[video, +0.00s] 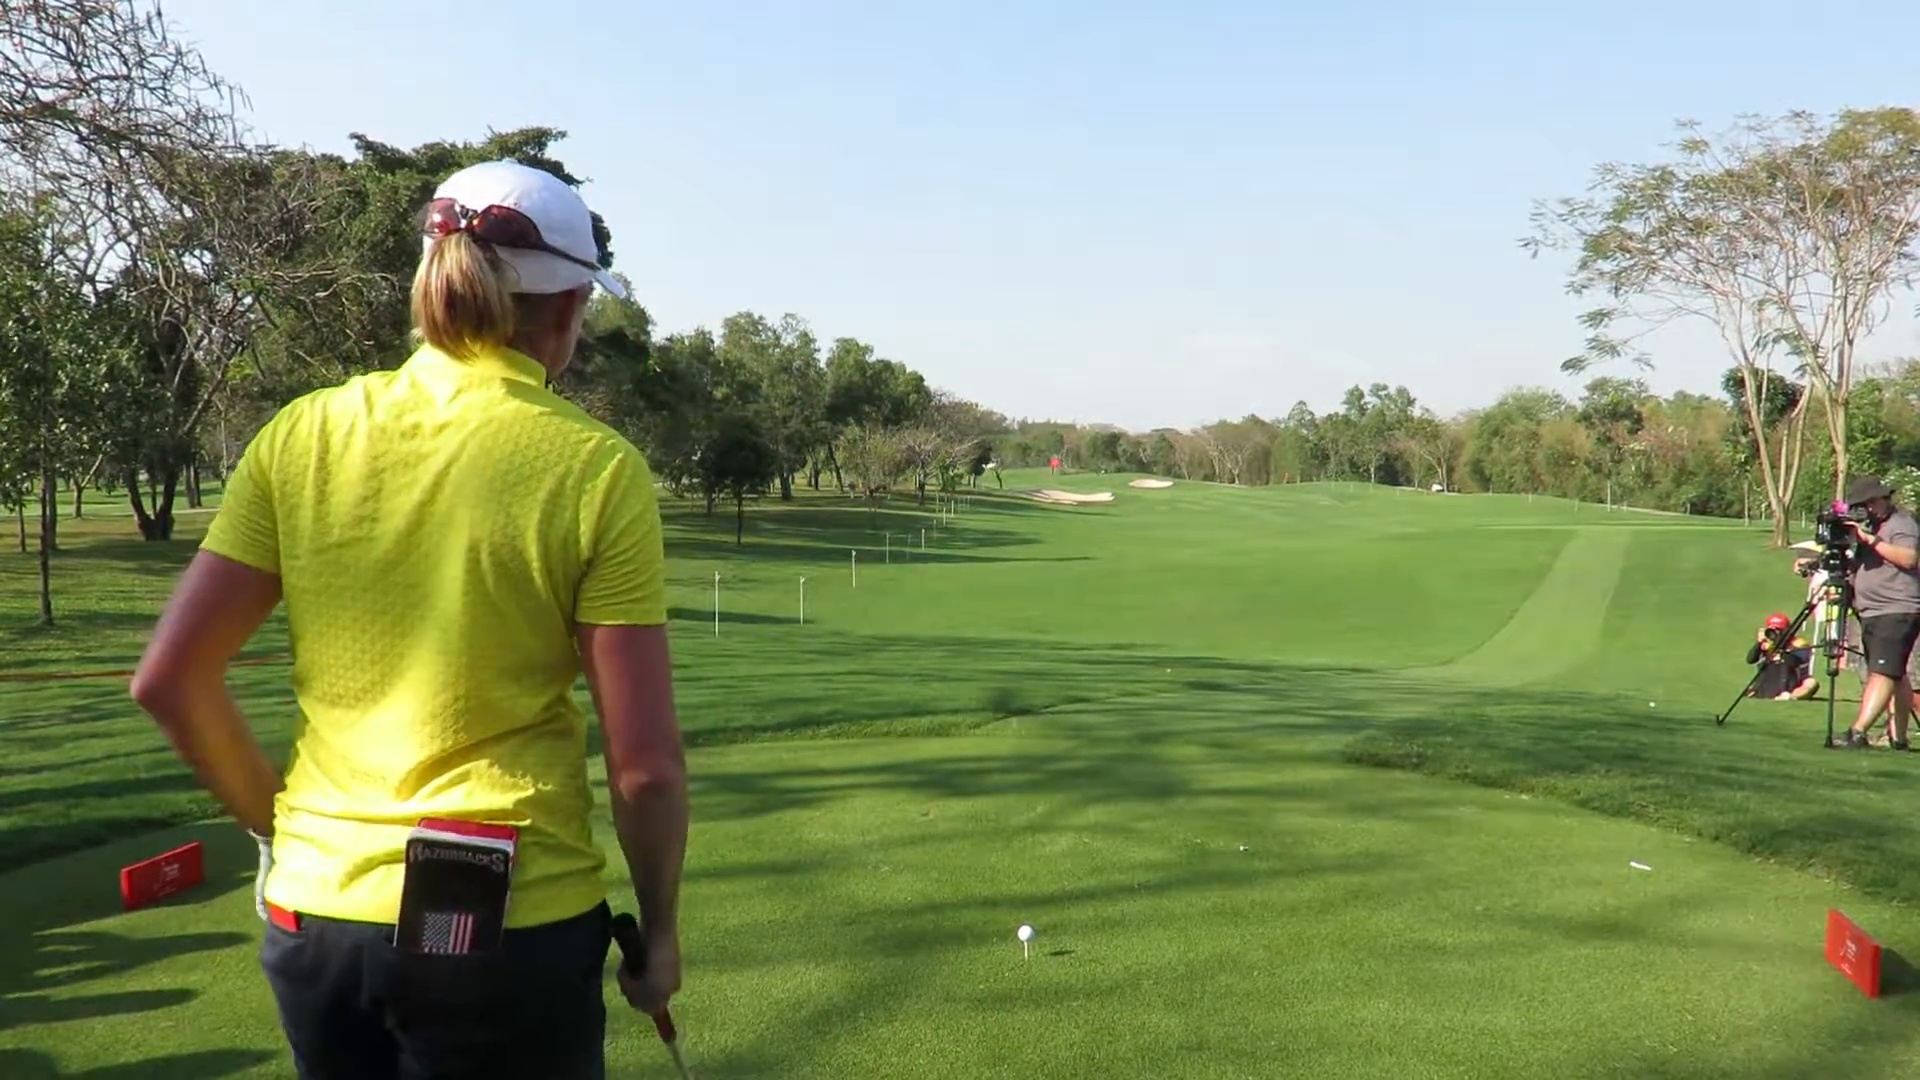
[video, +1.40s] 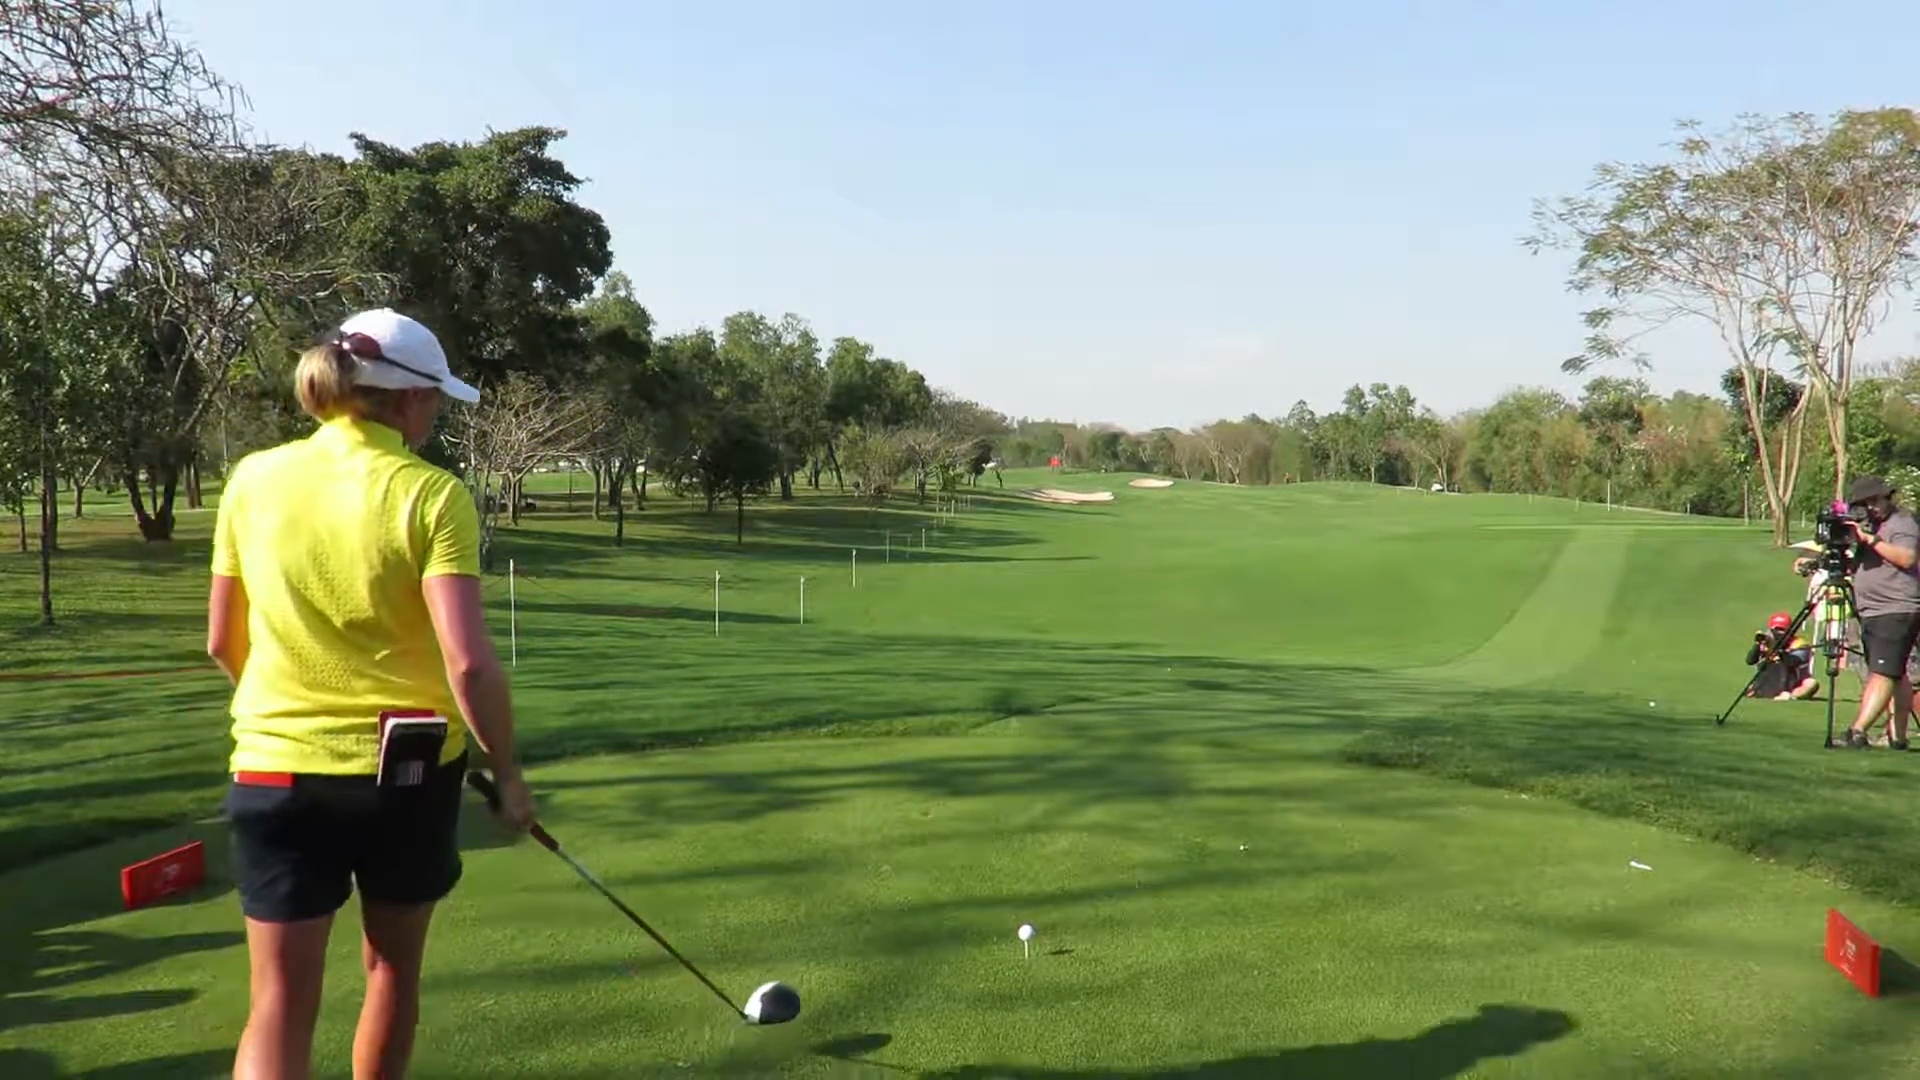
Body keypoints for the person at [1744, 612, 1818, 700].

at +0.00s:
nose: (1774, 636)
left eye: (1777, 632)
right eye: (1771, 632)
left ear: (1786, 631)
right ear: (1767, 632)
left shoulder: (1798, 644)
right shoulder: (1767, 645)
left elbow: (1799, 661)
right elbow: (1750, 660)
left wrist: (1783, 655)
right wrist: (1759, 643)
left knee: (1812, 683)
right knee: (1749, 691)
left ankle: (1791, 696)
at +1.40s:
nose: (1777, 633)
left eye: (1781, 630)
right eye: (1774, 630)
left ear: (1789, 630)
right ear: (1770, 630)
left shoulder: (1799, 644)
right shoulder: (1767, 642)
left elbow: (1797, 660)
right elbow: (1750, 661)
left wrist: (1782, 655)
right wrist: (1757, 644)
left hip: (1792, 682)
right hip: (1770, 680)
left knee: (1812, 683)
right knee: (1749, 691)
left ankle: (1791, 696)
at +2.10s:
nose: (1772, 634)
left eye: (1776, 630)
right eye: (1770, 630)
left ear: (1785, 630)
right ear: (1769, 629)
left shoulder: (1799, 642)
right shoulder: (1769, 642)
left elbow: (1800, 658)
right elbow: (1751, 658)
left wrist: (1783, 654)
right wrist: (1760, 642)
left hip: (1794, 678)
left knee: (1812, 681)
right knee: (1751, 688)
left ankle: (1791, 694)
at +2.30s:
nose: (1772, 634)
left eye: (1777, 630)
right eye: (1770, 630)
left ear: (1786, 630)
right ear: (1767, 629)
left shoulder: (1799, 643)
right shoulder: (1769, 642)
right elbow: (1750, 657)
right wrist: (1759, 641)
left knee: (1812, 680)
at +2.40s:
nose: (1772, 634)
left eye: (1776, 631)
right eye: (1770, 630)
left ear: (1785, 630)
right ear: (1767, 630)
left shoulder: (1799, 643)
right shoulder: (1769, 642)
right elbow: (1750, 657)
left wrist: (1793, 693)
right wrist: (1759, 641)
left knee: (1812, 680)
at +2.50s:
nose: (1772, 634)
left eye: (1776, 630)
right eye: (1770, 630)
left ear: (1785, 630)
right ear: (1768, 629)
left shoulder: (1800, 642)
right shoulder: (1770, 642)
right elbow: (1751, 657)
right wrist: (1759, 641)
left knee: (1812, 680)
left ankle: (1792, 693)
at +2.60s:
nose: (1771, 633)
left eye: (1776, 630)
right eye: (1770, 630)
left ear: (1785, 630)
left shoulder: (1800, 643)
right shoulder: (1770, 641)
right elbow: (1751, 656)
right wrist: (1759, 640)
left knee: (1813, 679)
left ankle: (1792, 693)